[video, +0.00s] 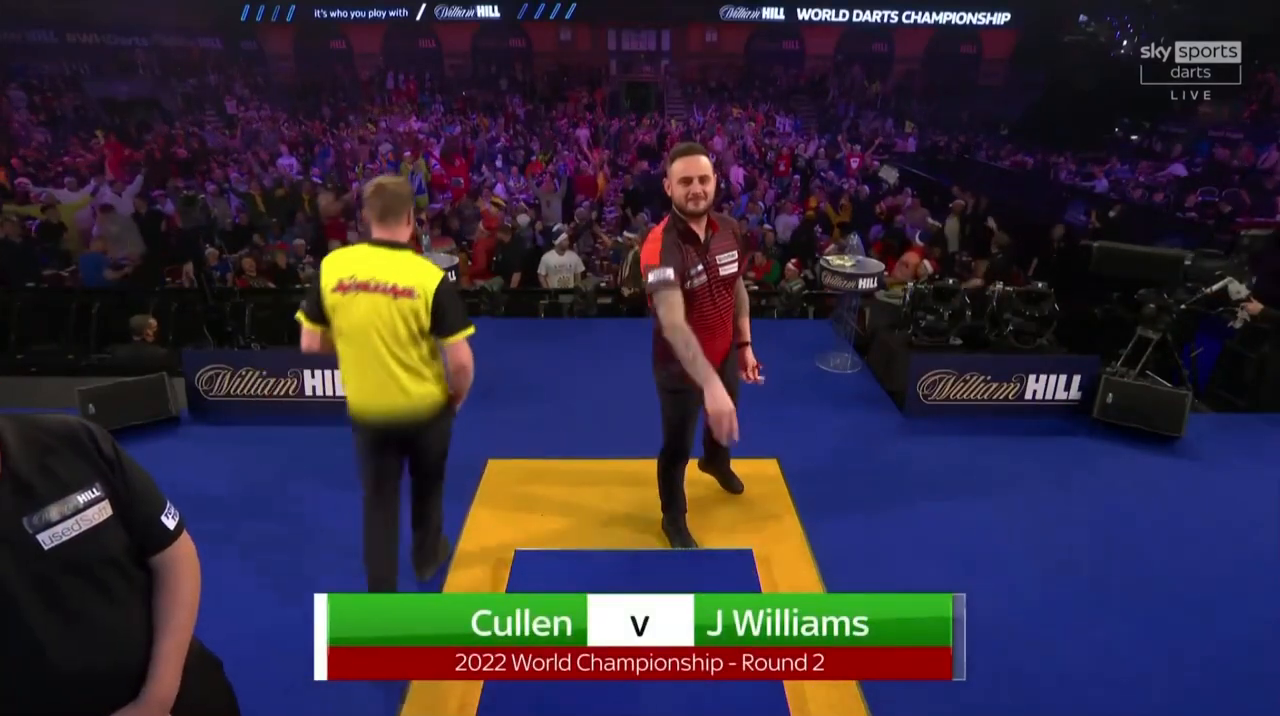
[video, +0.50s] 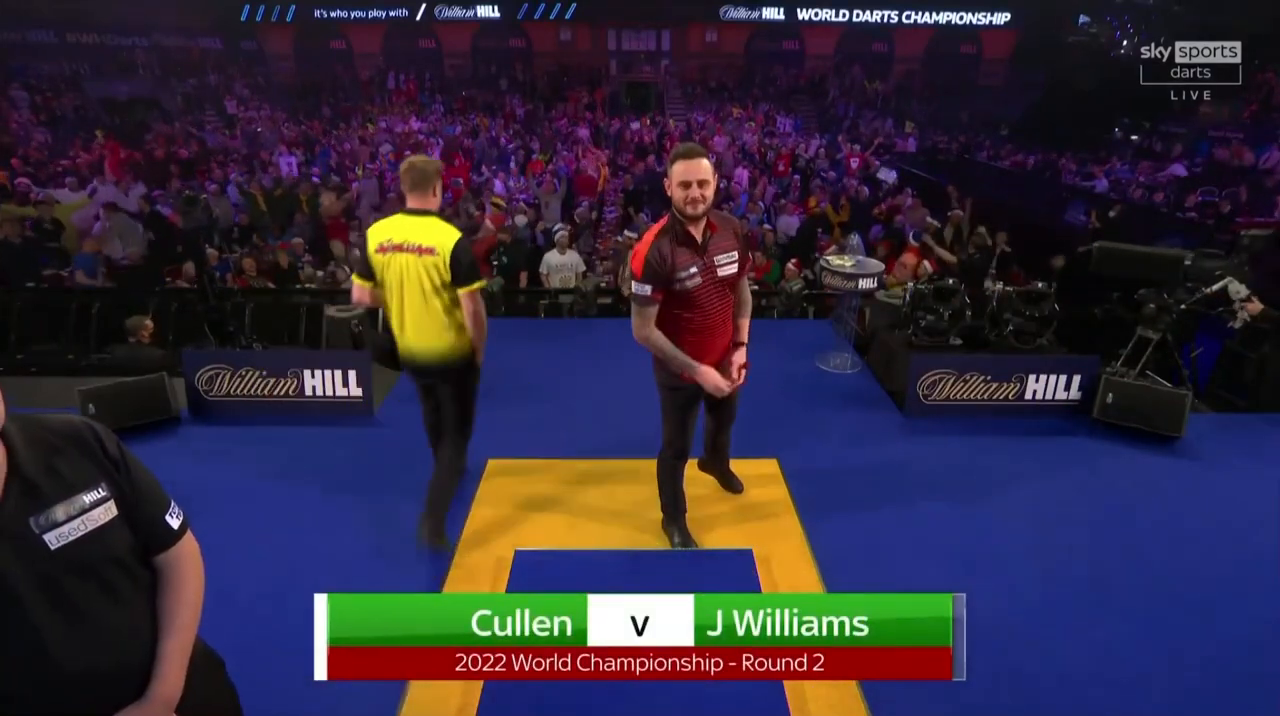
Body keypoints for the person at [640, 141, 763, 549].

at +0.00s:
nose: (696, 188)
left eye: (703, 179)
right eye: (685, 181)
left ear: (714, 182)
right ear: (669, 188)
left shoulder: (728, 230)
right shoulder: (661, 245)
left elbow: (737, 288)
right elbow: (673, 325)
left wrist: (745, 344)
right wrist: (710, 385)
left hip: (724, 352)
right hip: (681, 359)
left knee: (724, 413)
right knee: (677, 446)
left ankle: (715, 459)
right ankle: (674, 516)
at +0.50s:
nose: (695, 194)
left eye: (703, 184)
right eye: (685, 185)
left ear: (714, 186)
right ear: (669, 188)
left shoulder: (731, 231)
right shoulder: (653, 250)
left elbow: (742, 291)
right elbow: (642, 329)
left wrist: (740, 345)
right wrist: (699, 371)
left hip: (726, 356)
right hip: (680, 365)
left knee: (724, 415)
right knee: (678, 447)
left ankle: (715, 460)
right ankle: (674, 519)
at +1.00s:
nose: (687, 185)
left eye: (695, 176)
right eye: (677, 177)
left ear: (707, 180)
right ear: (663, 185)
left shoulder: (725, 226)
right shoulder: (652, 237)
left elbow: (740, 284)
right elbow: (633, 303)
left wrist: (745, 342)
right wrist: (653, 265)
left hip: (724, 352)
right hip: (681, 361)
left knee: (730, 410)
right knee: (677, 446)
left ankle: (715, 460)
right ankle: (674, 520)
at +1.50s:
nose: (685, 188)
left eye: (693, 178)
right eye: (674, 180)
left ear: (705, 182)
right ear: (659, 187)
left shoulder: (726, 226)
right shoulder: (650, 239)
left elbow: (744, 284)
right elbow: (628, 301)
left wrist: (748, 343)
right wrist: (646, 230)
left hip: (726, 354)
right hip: (681, 364)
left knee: (729, 414)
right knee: (678, 447)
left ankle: (714, 461)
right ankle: (674, 520)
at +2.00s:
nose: (697, 188)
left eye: (704, 178)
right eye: (686, 181)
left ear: (714, 181)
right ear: (669, 187)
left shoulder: (726, 229)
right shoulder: (661, 243)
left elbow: (737, 287)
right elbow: (674, 312)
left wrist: (743, 345)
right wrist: (696, 369)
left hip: (722, 355)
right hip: (679, 363)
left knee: (723, 415)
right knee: (677, 445)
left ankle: (713, 462)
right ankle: (674, 520)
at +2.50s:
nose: (694, 193)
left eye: (702, 183)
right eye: (683, 186)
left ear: (714, 185)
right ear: (667, 190)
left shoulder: (729, 230)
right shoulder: (654, 252)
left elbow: (742, 290)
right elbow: (649, 331)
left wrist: (739, 347)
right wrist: (705, 369)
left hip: (723, 356)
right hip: (678, 364)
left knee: (726, 414)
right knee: (677, 444)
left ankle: (714, 462)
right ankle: (674, 520)